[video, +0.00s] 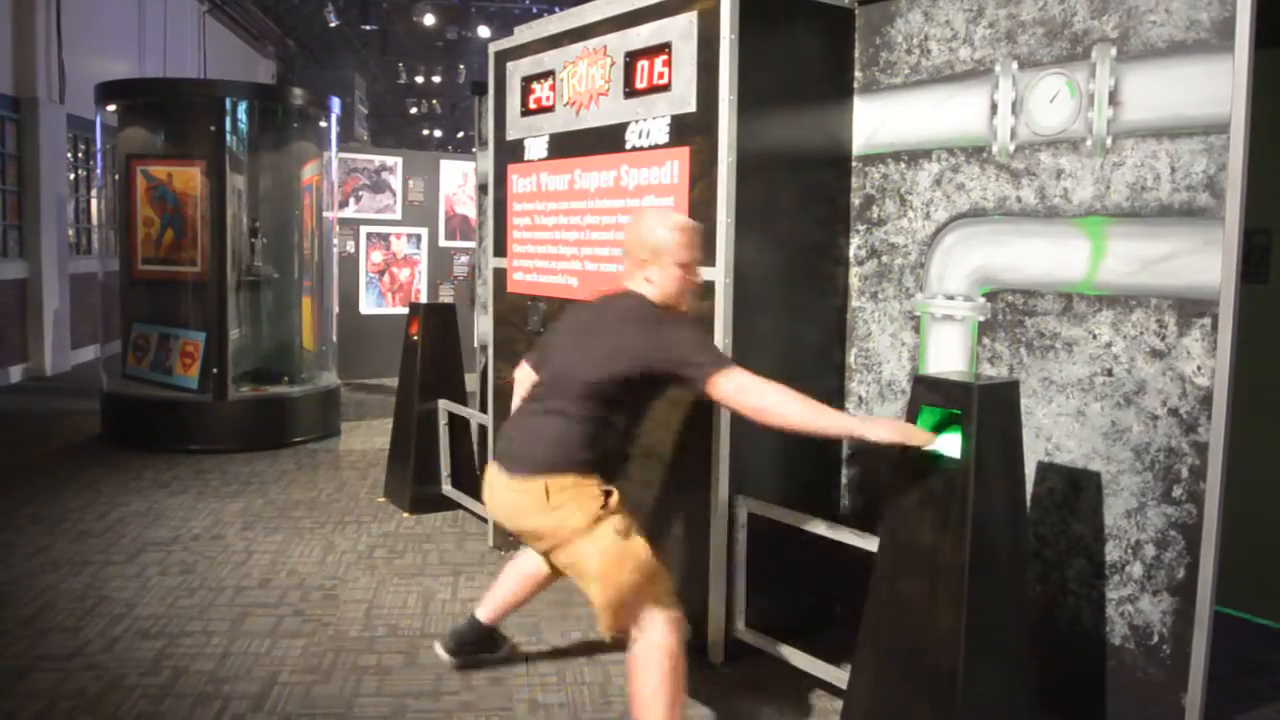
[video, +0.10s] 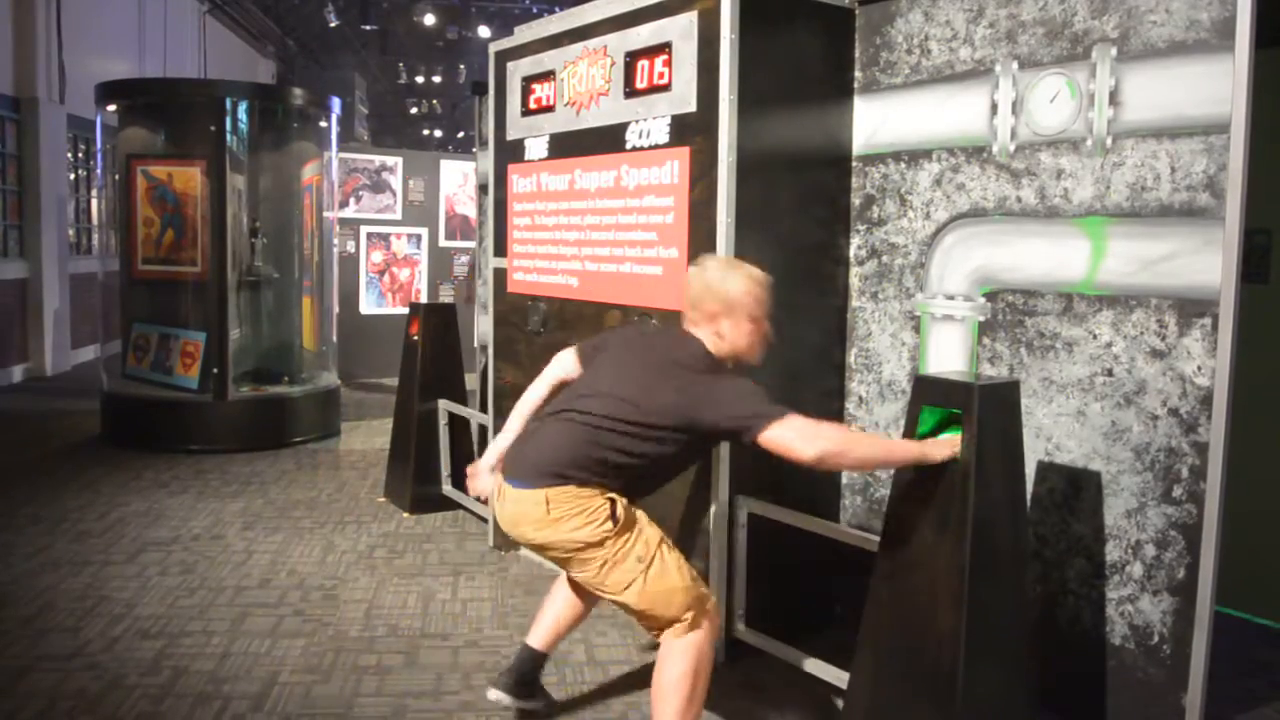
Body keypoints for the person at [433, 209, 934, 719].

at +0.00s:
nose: (699, 277)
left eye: (698, 264)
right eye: (689, 264)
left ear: (642, 266)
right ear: (647, 266)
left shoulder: (584, 312)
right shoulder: (669, 333)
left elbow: (523, 383)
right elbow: (760, 400)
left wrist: (531, 457)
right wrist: (868, 426)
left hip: (505, 479)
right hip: (561, 490)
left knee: (555, 543)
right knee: (658, 618)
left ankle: (473, 631)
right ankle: (661, 718)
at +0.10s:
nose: (767, 331)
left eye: (765, 318)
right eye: (759, 318)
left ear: (701, 315)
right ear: (721, 319)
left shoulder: (635, 338)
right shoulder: (717, 386)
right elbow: (817, 445)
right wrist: (926, 449)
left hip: (516, 484)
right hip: (562, 503)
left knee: (605, 554)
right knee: (693, 615)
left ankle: (520, 675)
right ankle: (672, 718)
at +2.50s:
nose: (788, 408)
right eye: (782, 395)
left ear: (729, 374)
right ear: (739, 387)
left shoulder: (661, 371)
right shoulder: (709, 409)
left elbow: (588, 383)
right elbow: (803, 471)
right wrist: (914, 465)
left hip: (503, 460)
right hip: (538, 477)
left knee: (577, 529)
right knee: (663, 596)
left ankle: (506, 634)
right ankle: (620, 716)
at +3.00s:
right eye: (561, 174)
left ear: (513, 178)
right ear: (561, 178)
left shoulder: (483, 222)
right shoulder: (568, 227)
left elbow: (429, 243)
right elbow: (586, 295)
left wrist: (403, 266)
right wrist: (633, 376)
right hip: (517, 371)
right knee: (574, 494)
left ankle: (546, 617)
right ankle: (517, 634)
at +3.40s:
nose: (426, 245)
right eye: (426, 239)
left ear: (387, 250)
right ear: (424, 243)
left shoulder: (378, 295)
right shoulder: (444, 284)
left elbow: (367, 340)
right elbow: (479, 341)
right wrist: (516, 394)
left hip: (356, 410)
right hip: (403, 417)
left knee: (378, 453)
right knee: (464, 497)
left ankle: (342, 519)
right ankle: (423, 583)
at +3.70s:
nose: (412, 280)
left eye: (410, 275)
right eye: (409, 275)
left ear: (373, 290)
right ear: (405, 281)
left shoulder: (363, 314)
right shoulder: (416, 303)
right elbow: (435, 338)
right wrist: (454, 383)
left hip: (324, 393)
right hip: (369, 394)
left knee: (359, 440)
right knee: (436, 477)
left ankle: (339, 521)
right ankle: (350, 537)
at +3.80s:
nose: (431, 260)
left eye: (428, 253)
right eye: (425, 255)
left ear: (390, 269)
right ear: (404, 264)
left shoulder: (378, 297)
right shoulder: (411, 285)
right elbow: (420, 303)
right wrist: (458, 338)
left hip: (323, 390)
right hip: (359, 389)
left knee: (364, 438)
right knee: (436, 466)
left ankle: (338, 519)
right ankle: (349, 541)